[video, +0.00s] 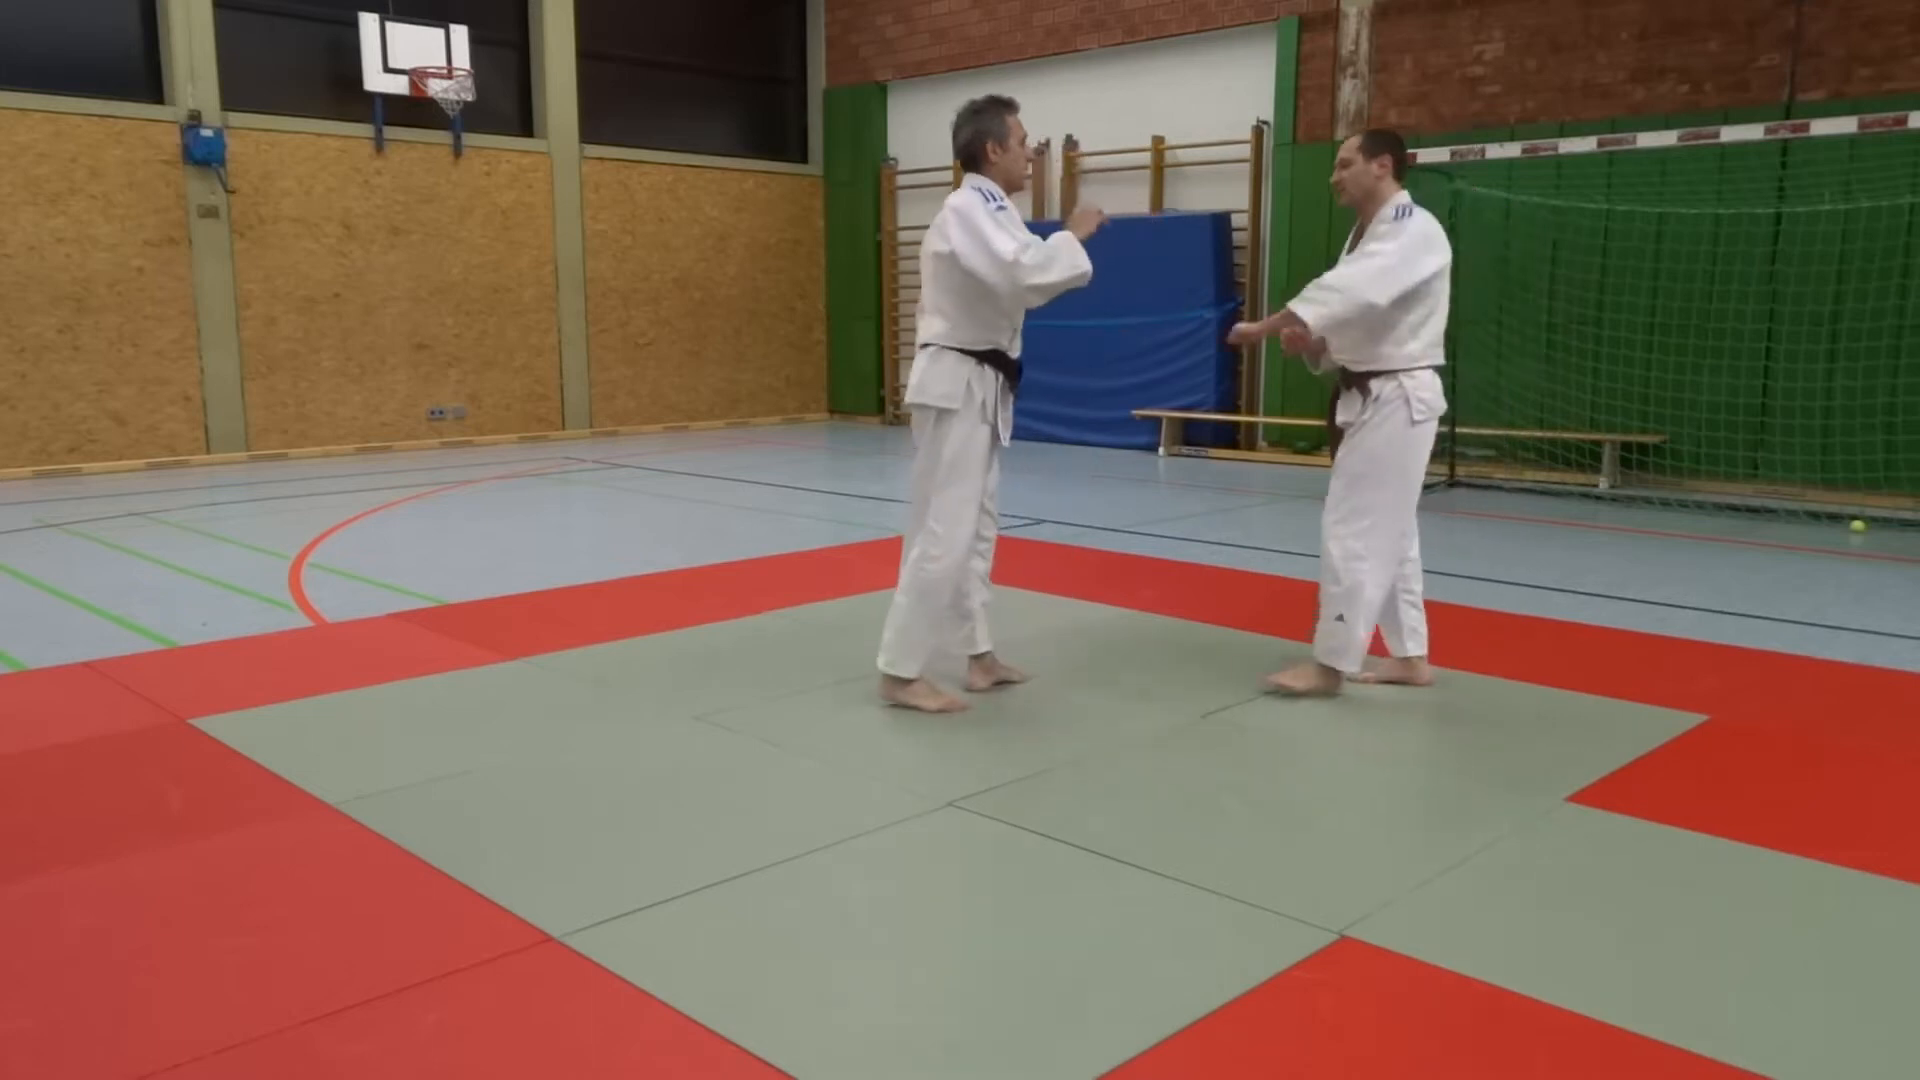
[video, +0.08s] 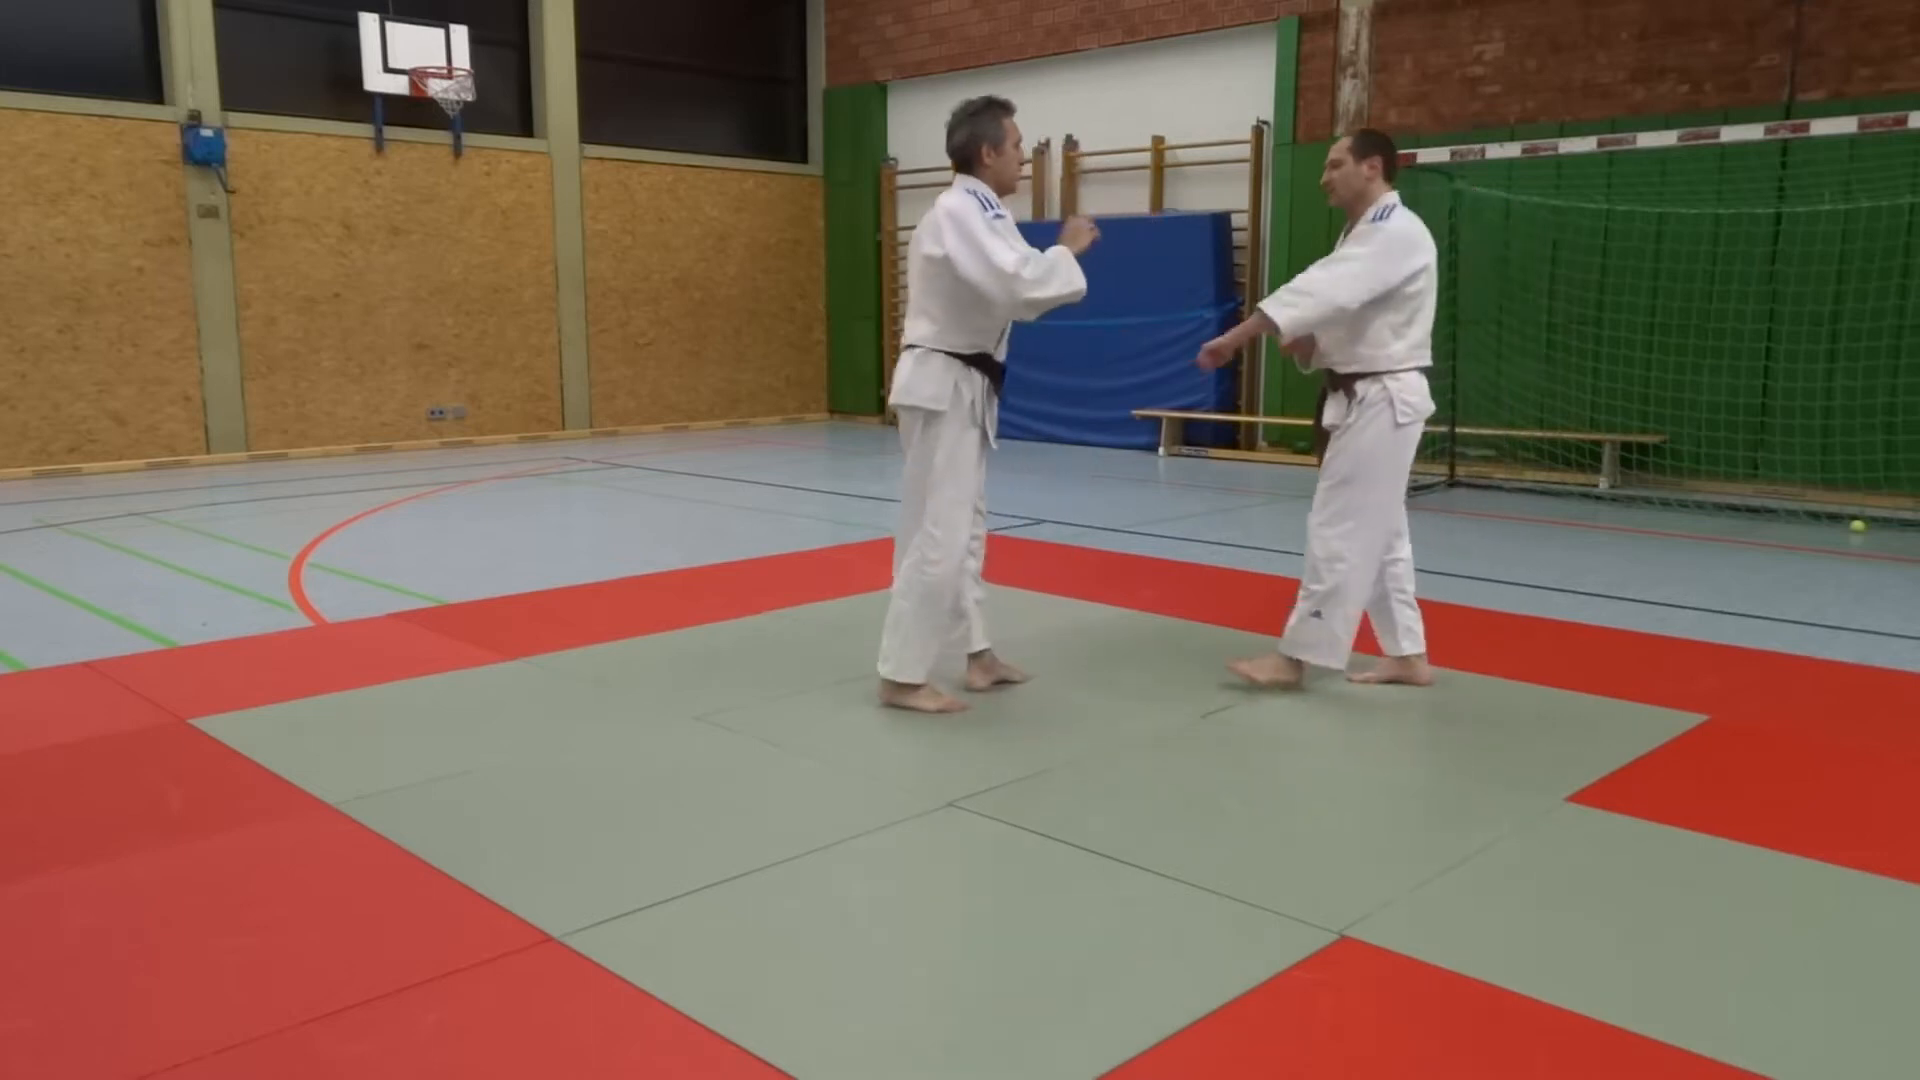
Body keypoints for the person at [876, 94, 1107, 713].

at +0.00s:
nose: (1031, 152)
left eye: (1028, 142)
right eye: (1022, 142)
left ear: (990, 152)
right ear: (989, 151)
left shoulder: (996, 213)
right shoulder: (967, 208)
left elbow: (1029, 280)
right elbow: (1016, 272)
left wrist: (1066, 245)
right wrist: (1073, 238)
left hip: (985, 383)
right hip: (954, 381)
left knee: (976, 527)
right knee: (943, 530)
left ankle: (976, 655)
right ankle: (900, 674)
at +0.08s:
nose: (1024, 156)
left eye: (1021, 145)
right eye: (1015, 145)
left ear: (984, 154)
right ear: (983, 153)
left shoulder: (989, 214)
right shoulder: (957, 211)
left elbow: (1017, 289)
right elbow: (1012, 281)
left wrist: (1058, 262)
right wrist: (1068, 251)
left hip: (968, 383)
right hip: (939, 383)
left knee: (965, 526)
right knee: (937, 532)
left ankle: (976, 655)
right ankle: (902, 678)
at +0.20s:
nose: (1013, 164)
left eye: (1011, 152)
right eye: (1006, 153)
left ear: (967, 159)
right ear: (976, 159)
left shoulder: (964, 214)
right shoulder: (945, 218)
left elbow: (930, 306)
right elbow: (1017, 301)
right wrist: (1052, 272)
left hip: (935, 388)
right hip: (912, 389)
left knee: (939, 526)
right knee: (923, 533)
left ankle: (958, 654)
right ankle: (906, 681)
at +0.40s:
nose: (982, 162)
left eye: (980, 149)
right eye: (974, 150)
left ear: (937, 157)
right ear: (946, 156)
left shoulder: (929, 212)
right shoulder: (914, 217)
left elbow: (958, 281)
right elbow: (965, 308)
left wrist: (1018, 290)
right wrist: (1028, 332)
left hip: (893, 384)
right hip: (886, 388)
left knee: (893, 526)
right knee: (901, 532)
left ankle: (873, 653)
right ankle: (893, 679)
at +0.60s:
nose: (941, 162)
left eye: (937, 150)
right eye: (932, 150)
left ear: (897, 159)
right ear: (904, 157)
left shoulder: (883, 214)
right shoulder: (889, 216)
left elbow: (933, 283)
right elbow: (884, 305)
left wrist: (1015, 274)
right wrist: (953, 342)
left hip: (840, 384)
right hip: (872, 388)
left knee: (829, 520)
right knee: (891, 531)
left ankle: (797, 646)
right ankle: (894, 679)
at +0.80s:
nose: (898, 169)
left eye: (895, 157)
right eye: (891, 157)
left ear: (854, 164)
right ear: (862, 161)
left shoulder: (843, 215)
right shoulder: (848, 215)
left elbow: (886, 305)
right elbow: (844, 300)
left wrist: (960, 335)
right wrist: (926, 319)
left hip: (816, 383)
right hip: (839, 386)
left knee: (811, 519)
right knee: (870, 527)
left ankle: (791, 650)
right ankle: (891, 674)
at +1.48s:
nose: (859, 169)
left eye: (857, 158)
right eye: (851, 158)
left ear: (818, 164)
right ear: (821, 163)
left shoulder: (825, 224)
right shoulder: (801, 223)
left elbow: (866, 290)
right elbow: (800, 293)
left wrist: (939, 294)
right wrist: (881, 286)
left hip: (807, 387)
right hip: (794, 389)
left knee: (790, 520)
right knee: (815, 532)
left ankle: (742, 631)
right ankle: (820, 679)